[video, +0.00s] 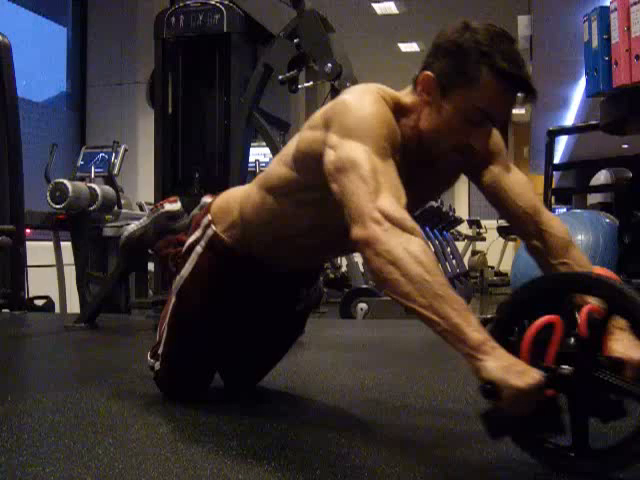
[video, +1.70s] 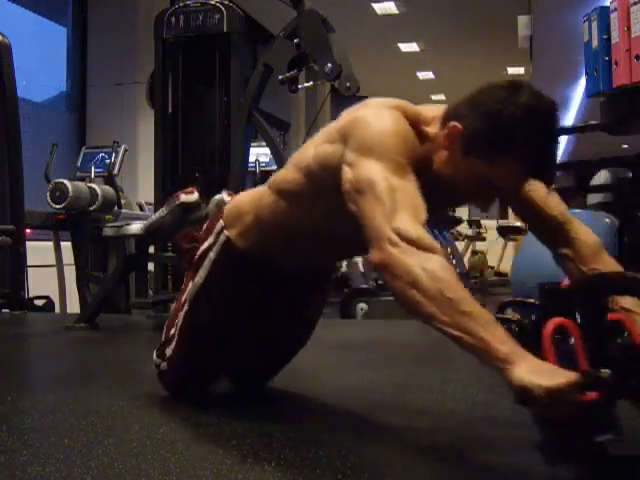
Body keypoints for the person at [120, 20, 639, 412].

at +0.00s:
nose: (489, 142)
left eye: (495, 126)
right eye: (477, 120)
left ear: (497, 121)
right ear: (425, 92)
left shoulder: (472, 139)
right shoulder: (360, 115)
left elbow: (542, 231)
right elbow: (381, 235)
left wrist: (611, 322)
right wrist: (490, 356)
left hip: (297, 276)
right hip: (228, 258)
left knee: (241, 377)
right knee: (180, 382)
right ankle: (182, 241)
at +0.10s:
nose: (508, 156)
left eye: (516, 140)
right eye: (499, 135)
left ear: (524, 133)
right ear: (446, 108)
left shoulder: (492, 147)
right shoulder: (379, 127)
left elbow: (556, 223)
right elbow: (406, 249)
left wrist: (618, 290)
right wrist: (529, 368)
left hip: (304, 285)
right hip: (239, 264)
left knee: (243, 380)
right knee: (179, 379)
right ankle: (190, 240)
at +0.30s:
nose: (543, 192)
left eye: (553, 178)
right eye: (539, 173)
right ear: (488, 137)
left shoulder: (512, 170)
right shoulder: (417, 151)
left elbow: (617, 247)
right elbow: (466, 270)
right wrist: (608, 373)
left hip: (319, 301)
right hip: (260, 284)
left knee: (246, 380)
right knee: (181, 376)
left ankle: (240, 244)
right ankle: (208, 251)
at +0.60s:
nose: (581, 249)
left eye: (590, 234)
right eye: (576, 231)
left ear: (530, 192)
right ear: (526, 194)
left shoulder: (532, 196)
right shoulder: (452, 198)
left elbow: (629, 258)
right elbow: (526, 309)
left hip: (328, 316)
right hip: (274, 300)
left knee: (244, 377)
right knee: (181, 375)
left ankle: (245, 258)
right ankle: (222, 260)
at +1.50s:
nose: (526, 236)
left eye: (541, 224)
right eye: (528, 216)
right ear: (492, 172)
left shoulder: (514, 171)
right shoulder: (416, 163)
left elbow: (616, 252)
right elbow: (467, 289)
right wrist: (605, 377)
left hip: (320, 301)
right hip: (259, 280)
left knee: (249, 380)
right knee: (184, 379)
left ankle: (259, 237)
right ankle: (220, 252)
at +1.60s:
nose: (502, 217)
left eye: (516, 208)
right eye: (503, 200)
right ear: (471, 155)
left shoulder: (500, 162)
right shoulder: (396, 143)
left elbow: (600, 246)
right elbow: (426, 266)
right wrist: (557, 368)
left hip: (313, 289)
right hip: (248, 268)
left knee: (248, 381)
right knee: (181, 378)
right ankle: (209, 244)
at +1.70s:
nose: (480, 199)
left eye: (494, 192)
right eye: (479, 185)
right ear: (450, 138)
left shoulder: (481, 147)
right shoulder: (377, 130)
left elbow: (564, 230)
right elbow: (400, 253)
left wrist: (622, 298)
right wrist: (515, 361)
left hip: (308, 276)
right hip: (240, 256)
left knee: (246, 378)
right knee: (177, 376)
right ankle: (199, 238)